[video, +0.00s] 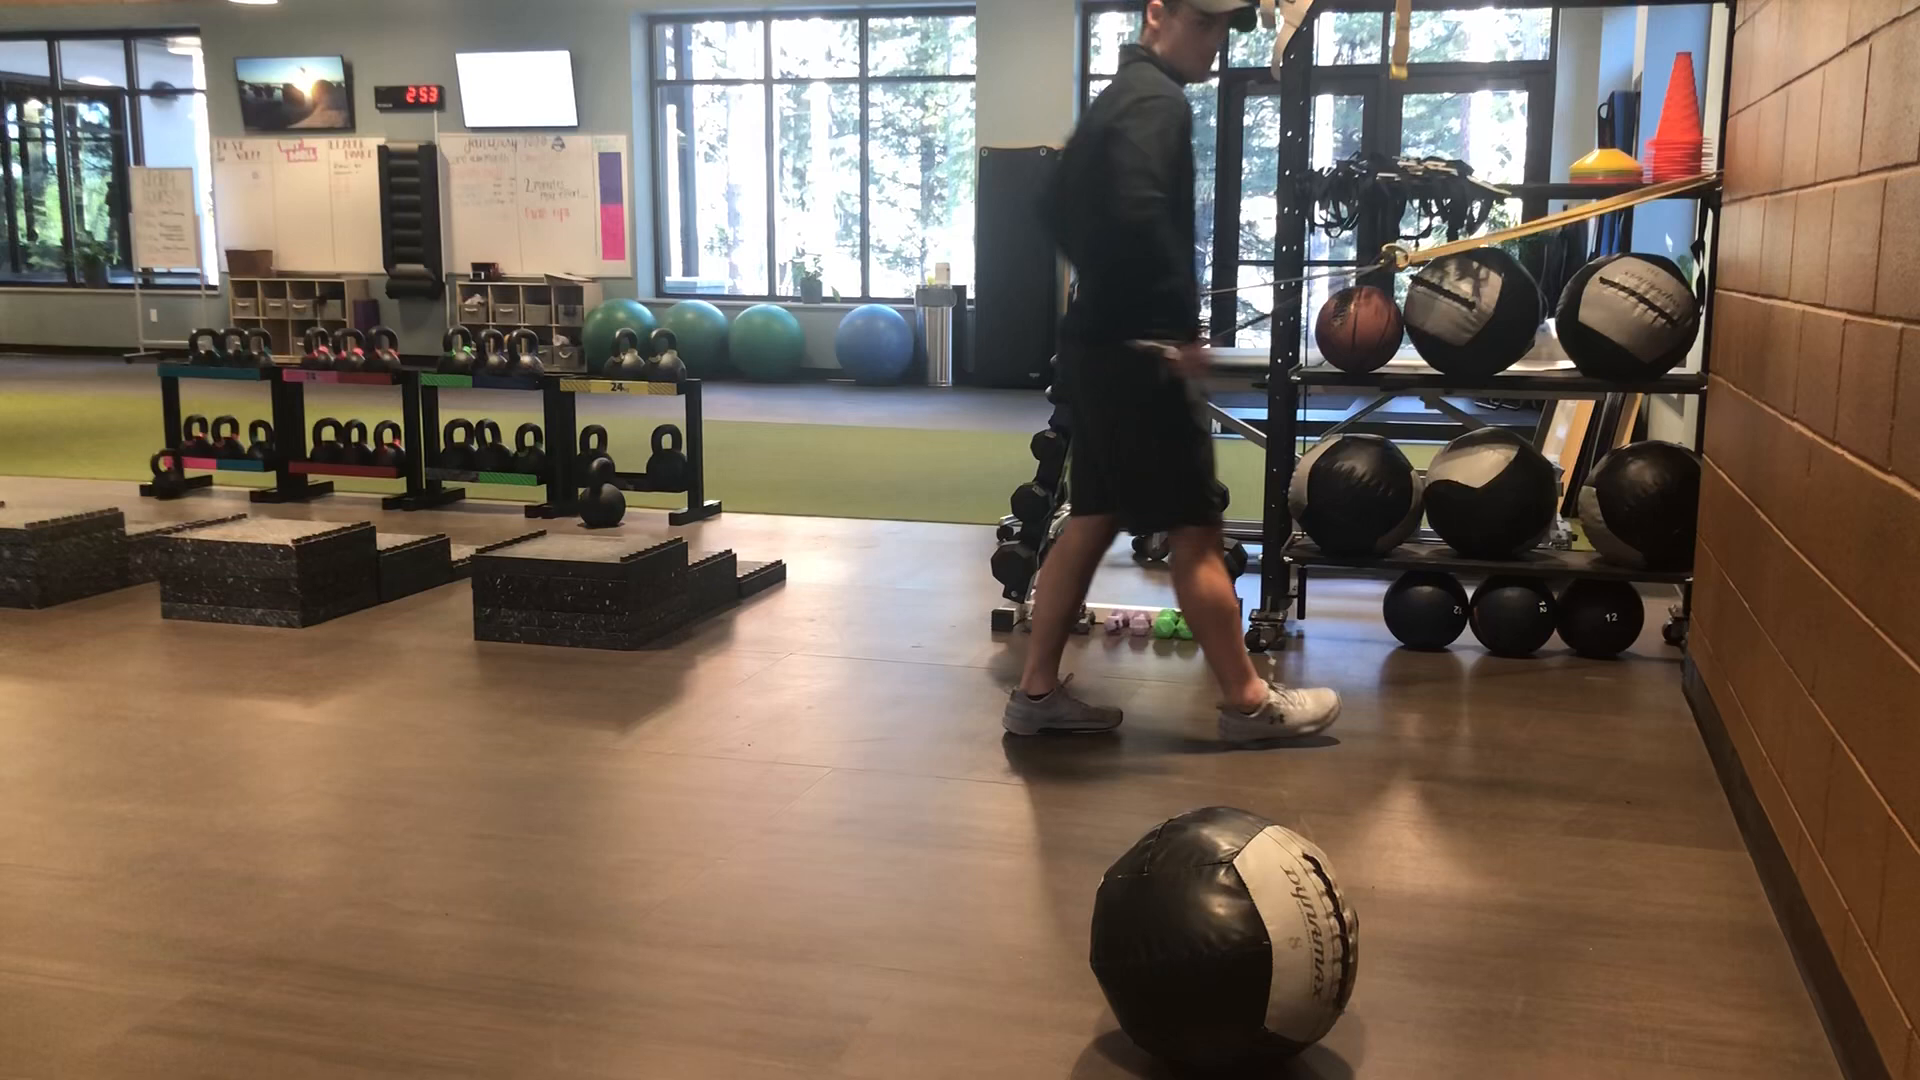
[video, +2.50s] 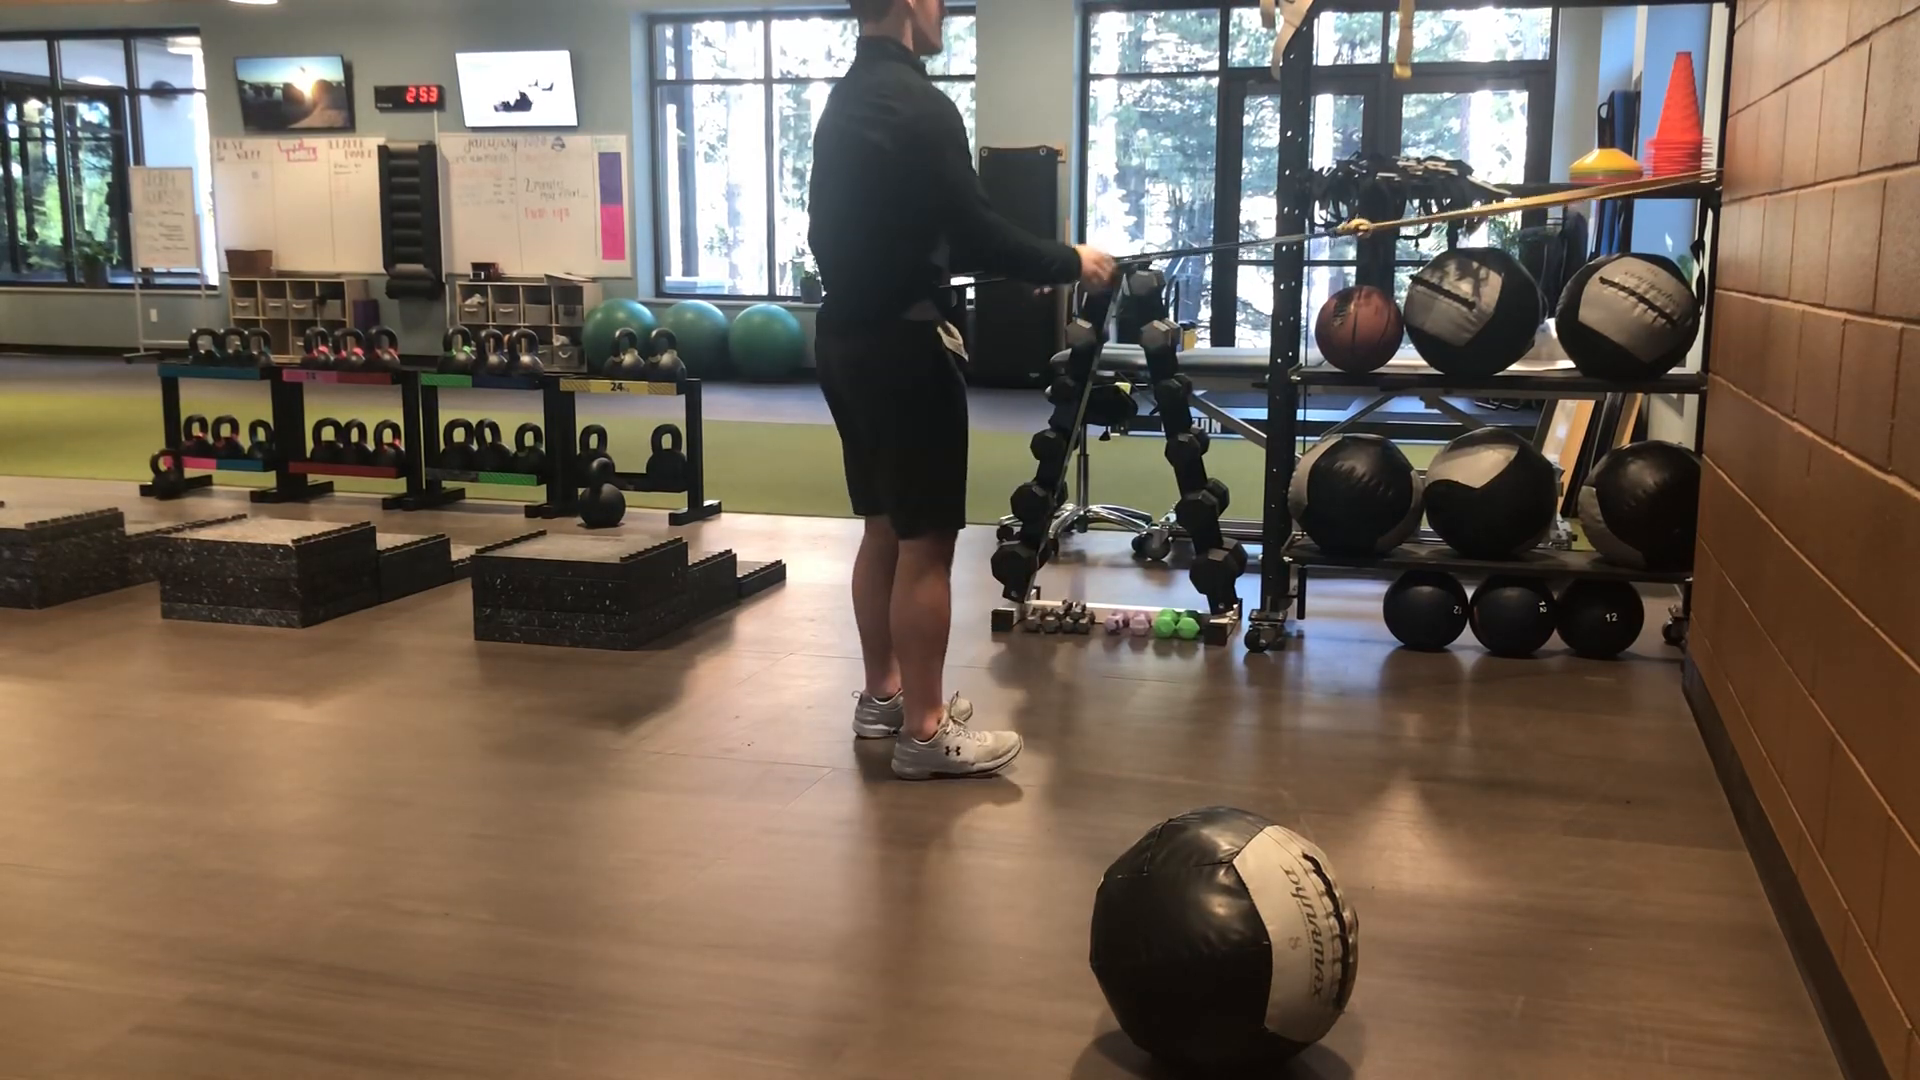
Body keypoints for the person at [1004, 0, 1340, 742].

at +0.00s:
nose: (1219, 46)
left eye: (1222, 32)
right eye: (1211, 28)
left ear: (1159, 25)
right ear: (1160, 19)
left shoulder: (1117, 97)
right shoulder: (1156, 99)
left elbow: (1055, 205)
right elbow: (1142, 211)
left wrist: (1111, 281)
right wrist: (1183, 327)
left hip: (1093, 348)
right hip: (1142, 352)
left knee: (1091, 517)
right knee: (1195, 531)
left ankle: (1035, 690)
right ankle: (1247, 698)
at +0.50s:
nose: (1154, 42)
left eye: (1158, 27)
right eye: (1149, 22)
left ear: (1092, 12)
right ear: (1101, 8)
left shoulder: (1034, 83)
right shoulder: (1086, 90)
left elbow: (961, 193)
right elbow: (1053, 207)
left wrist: (1030, 278)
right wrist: (1112, 315)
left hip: (1028, 339)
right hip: (1065, 342)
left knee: (1051, 519)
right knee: (1053, 526)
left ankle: (1036, 687)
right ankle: (1010, 722)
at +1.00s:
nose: (1091, 20)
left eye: (1089, 9)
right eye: (1086, 8)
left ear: (1014, 11)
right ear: (1055, 8)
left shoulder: (968, 96)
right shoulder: (1045, 109)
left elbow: (967, 238)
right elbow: (1051, 260)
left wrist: (1075, 272)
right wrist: (1121, 348)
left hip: (960, 342)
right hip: (1011, 348)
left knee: (1004, 529)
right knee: (1009, 540)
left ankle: (983, 681)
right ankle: (1001, 731)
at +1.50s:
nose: (991, 16)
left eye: (987, 6)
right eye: (985, 5)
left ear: (925, 14)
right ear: (959, 9)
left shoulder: (889, 98)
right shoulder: (954, 101)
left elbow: (902, 231)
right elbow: (972, 229)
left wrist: (1030, 284)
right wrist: (1043, 299)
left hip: (887, 339)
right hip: (946, 337)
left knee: (910, 515)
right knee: (1019, 516)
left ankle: (896, 697)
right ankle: (965, 704)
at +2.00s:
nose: (981, 21)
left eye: (978, 9)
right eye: (977, 9)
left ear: (913, 16)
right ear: (954, 11)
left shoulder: (878, 101)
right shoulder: (945, 106)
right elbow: (967, 236)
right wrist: (1051, 293)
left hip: (874, 335)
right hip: (925, 338)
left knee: (918, 526)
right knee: (937, 532)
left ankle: (889, 695)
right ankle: (929, 730)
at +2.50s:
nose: (944, 13)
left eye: (941, 2)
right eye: (938, 2)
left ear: (875, 15)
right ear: (908, 9)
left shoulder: (846, 99)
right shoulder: (922, 106)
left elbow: (832, 233)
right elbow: (972, 231)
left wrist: (919, 293)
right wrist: (1073, 260)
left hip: (848, 334)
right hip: (908, 339)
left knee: (883, 527)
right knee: (927, 540)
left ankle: (881, 700)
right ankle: (925, 729)